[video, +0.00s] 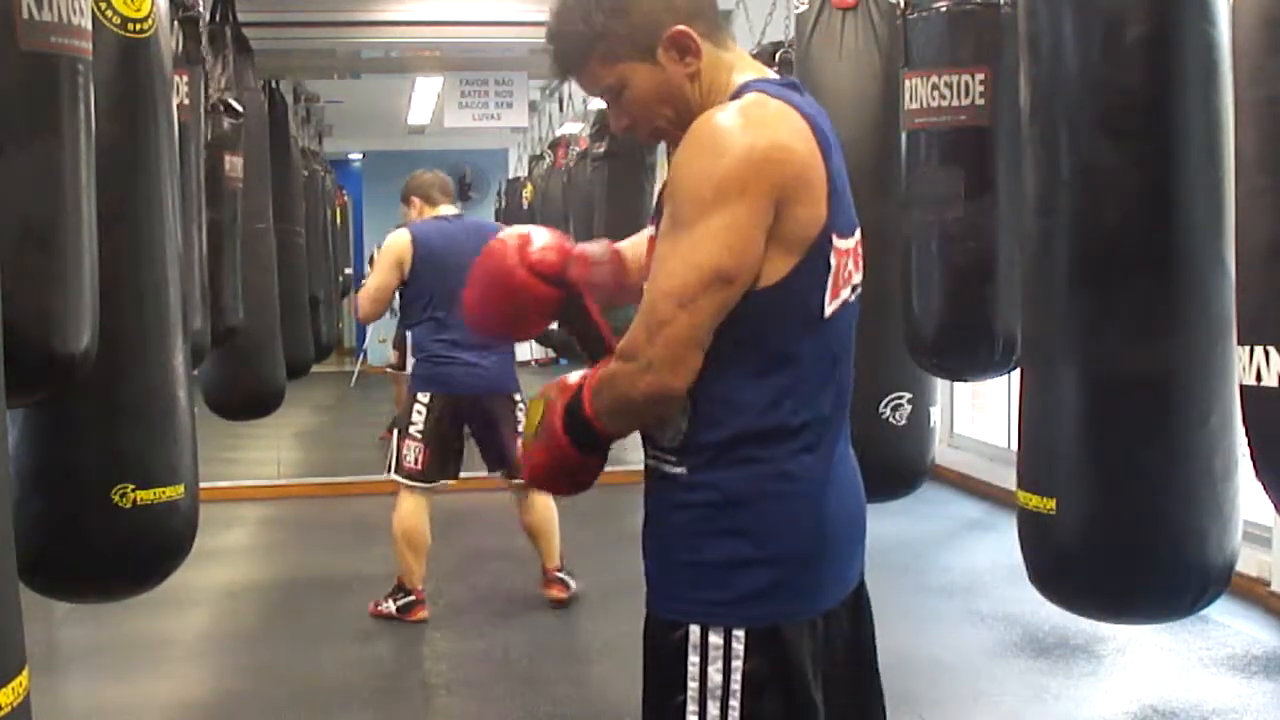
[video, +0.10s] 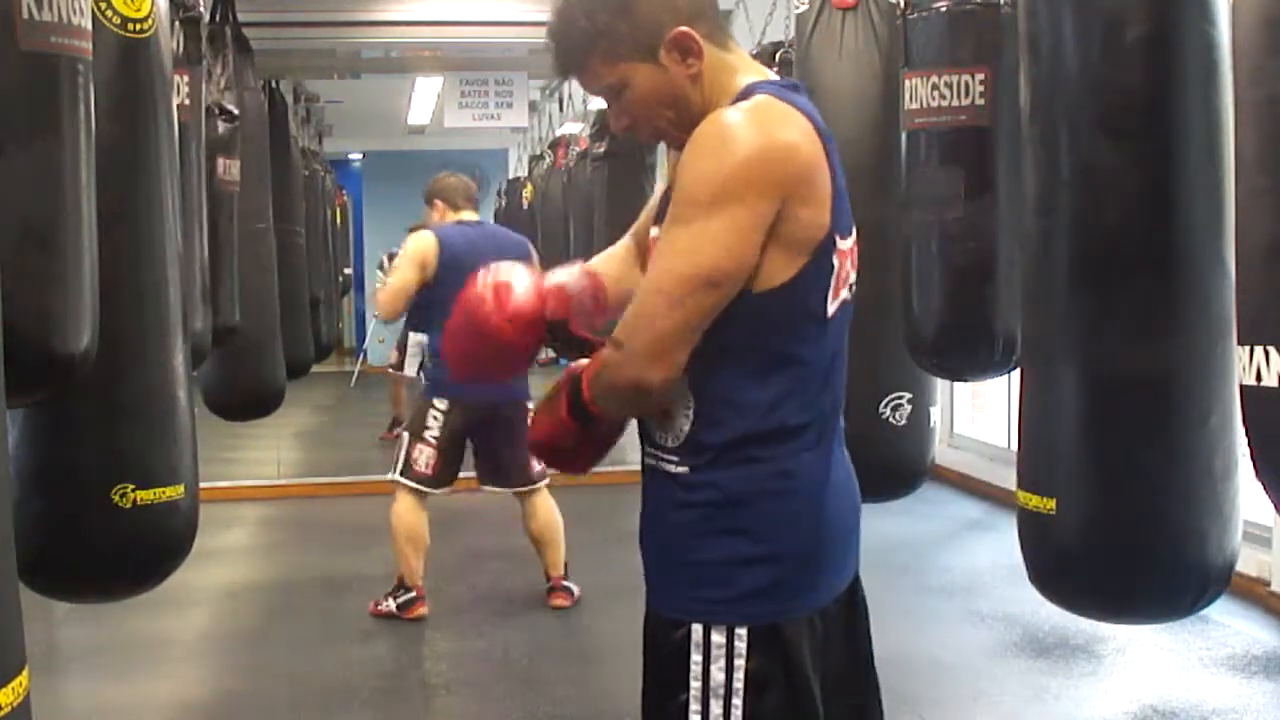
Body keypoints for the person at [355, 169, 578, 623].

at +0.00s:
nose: (406, 216)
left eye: (405, 211)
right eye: (406, 211)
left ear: (416, 204)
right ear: (454, 200)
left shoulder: (405, 241)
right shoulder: (497, 236)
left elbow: (367, 311)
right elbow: (525, 300)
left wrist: (374, 275)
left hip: (435, 385)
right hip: (496, 383)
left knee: (413, 489)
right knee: (527, 482)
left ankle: (410, 592)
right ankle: (555, 574)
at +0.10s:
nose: (427, 218)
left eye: (428, 211)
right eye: (428, 212)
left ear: (439, 207)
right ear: (476, 205)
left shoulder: (427, 243)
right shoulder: (521, 245)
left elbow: (387, 307)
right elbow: (539, 308)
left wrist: (393, 269)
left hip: (450, 393)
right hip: (509, 392)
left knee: (411, 492)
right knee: (532, 489)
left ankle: (410, 590)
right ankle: (558, 581)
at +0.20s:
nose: (444, 222)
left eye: (444, 217)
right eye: (443, 217)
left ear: (456, 212)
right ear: (491, 210)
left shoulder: (448, 244)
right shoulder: (535, 254)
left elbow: (423, 317)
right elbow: (532, 318)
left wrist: (408, 294)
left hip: (460, 388)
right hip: (519, 389)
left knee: (401, 479)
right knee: (539, 484)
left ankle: (406, 575)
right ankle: (560, 581)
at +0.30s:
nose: (449, 218)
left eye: (448, 212)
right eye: (447, 213)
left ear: (460, 207)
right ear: (495, 205)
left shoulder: (454, 237)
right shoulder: (536, 246)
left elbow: (429, 310)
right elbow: (532, 309)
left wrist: (415, 287)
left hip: (467, 379)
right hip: (525, 378)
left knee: (411, 472)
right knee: (538, 480)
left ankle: (408, 573)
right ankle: (560, 580)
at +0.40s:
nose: (444, 216)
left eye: (443, 210)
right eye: (442, 211)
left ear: (455, 205)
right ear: (490, 202)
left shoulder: (451, 236)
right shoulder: (532, 243)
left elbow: (415, 303)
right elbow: (530, 309)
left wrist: (404, 281)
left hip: (465, 378)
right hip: (522, 375)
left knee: (429, 480)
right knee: (541, 480)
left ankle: (416, 581)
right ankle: (560, 581)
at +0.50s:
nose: (430, 221)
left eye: (429, 215)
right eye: (429, 215)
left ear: (441, 208)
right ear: (476, 203)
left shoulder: (438, 243)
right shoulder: (522, 242)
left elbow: (392, 298)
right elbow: (527, 303)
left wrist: (392, 263)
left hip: (463, 379)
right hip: (520, 376)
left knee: (430, 484)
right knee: (540, 479)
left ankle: (415, 581)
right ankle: (559, 577)